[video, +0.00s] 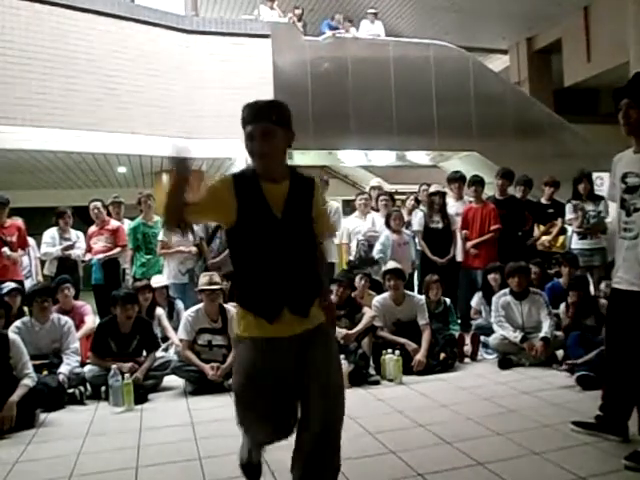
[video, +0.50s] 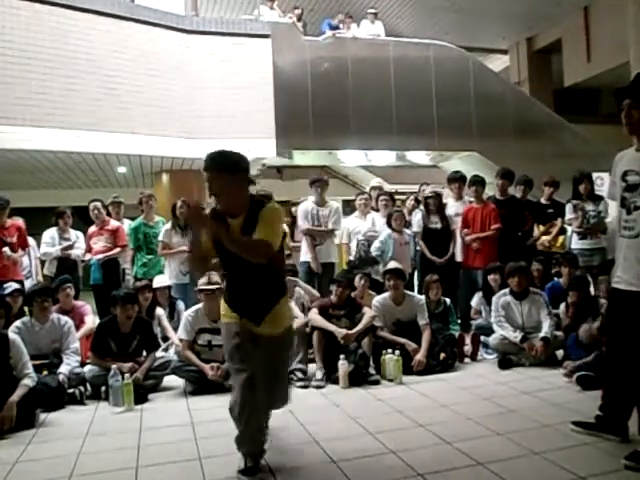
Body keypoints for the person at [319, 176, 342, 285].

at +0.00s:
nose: (320, 190)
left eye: (322, 187)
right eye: (319, 186)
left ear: (326, 188)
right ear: (317, 187)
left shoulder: (333, 207)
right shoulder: (313, 204)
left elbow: (334, 228)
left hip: (328, 252)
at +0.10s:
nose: (318, 191)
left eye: (320, 187)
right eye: (315, 187)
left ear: (325, 188)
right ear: (312, 189)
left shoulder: (334, 207)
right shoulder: (310, 207)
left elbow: (332, 229)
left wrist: (314, 233)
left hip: (328, 256)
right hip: (311, 255)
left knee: (325, 290)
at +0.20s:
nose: (320, 191)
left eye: (323, 187)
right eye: (316, 187)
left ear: (326, 189)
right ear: (311, 189)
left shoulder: (332, 208)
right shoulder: (309, 206)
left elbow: (337, 231)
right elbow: (306, 231)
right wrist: (312, 255)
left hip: (325, 255)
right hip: (308, 255)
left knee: (325, 291)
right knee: (307, 292)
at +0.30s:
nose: (319, 191)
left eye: (323, 187)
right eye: (316, 187)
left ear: (327, 189)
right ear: (311, 189)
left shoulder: (334, 207)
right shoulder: (303, 207)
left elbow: (332, 230)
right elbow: (304, 231)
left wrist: (310, 229)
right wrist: (313, 259)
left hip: (327, 257)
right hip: (308, 257)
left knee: (325, 293)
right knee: (308, 293)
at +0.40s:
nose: (319, 190)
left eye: (322, 187)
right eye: (316, 187)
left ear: (327, 189)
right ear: (311, 189)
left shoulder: (334, 207)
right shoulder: (304, 207)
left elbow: (332, 230)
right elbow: (305, 232)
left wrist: (309, 229)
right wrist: (313, 258)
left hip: (327, 257)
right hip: (307, 257)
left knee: (325, 296)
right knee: (307, 295)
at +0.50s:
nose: (319, 190)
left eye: (322, 187)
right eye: (316, 187)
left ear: (327, 189)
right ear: (311, 189)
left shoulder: (334, 207)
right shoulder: (304, 207)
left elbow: (332, 230)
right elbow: (305, 231)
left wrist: (309, 230)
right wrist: (313, 258)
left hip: (327, 257)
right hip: (307, 257)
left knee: (325, 295)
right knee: (307, 295)